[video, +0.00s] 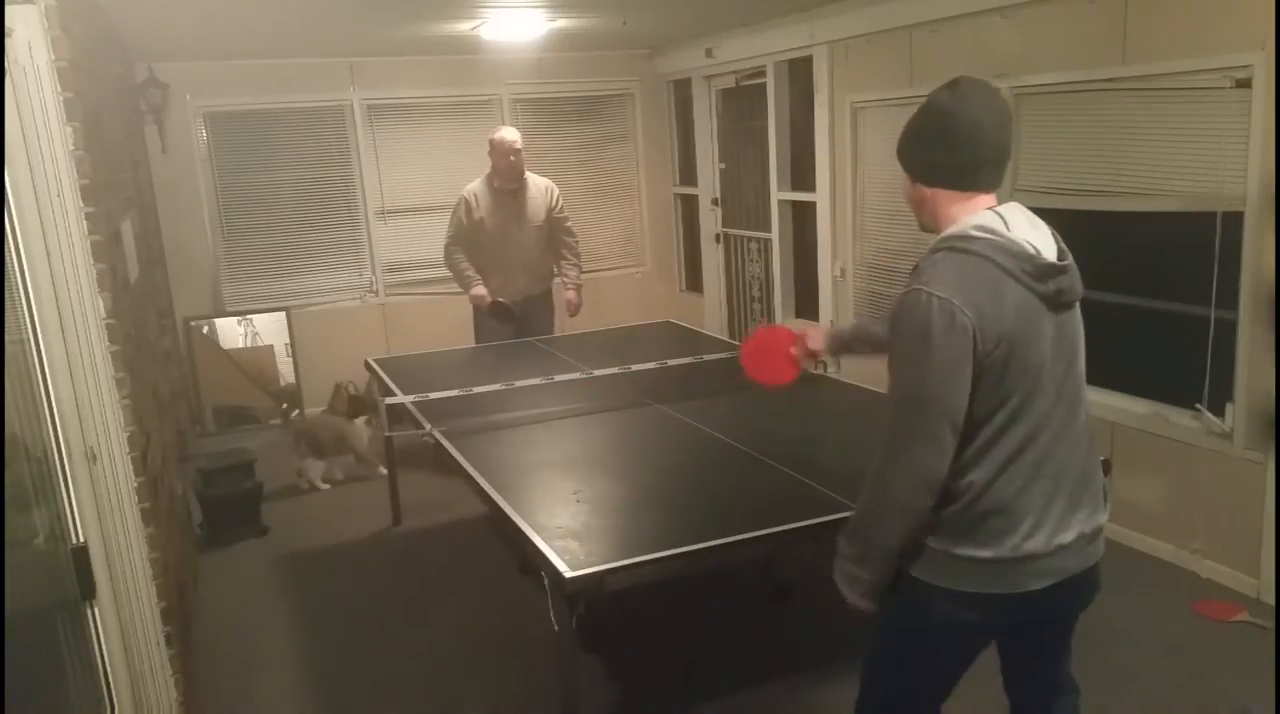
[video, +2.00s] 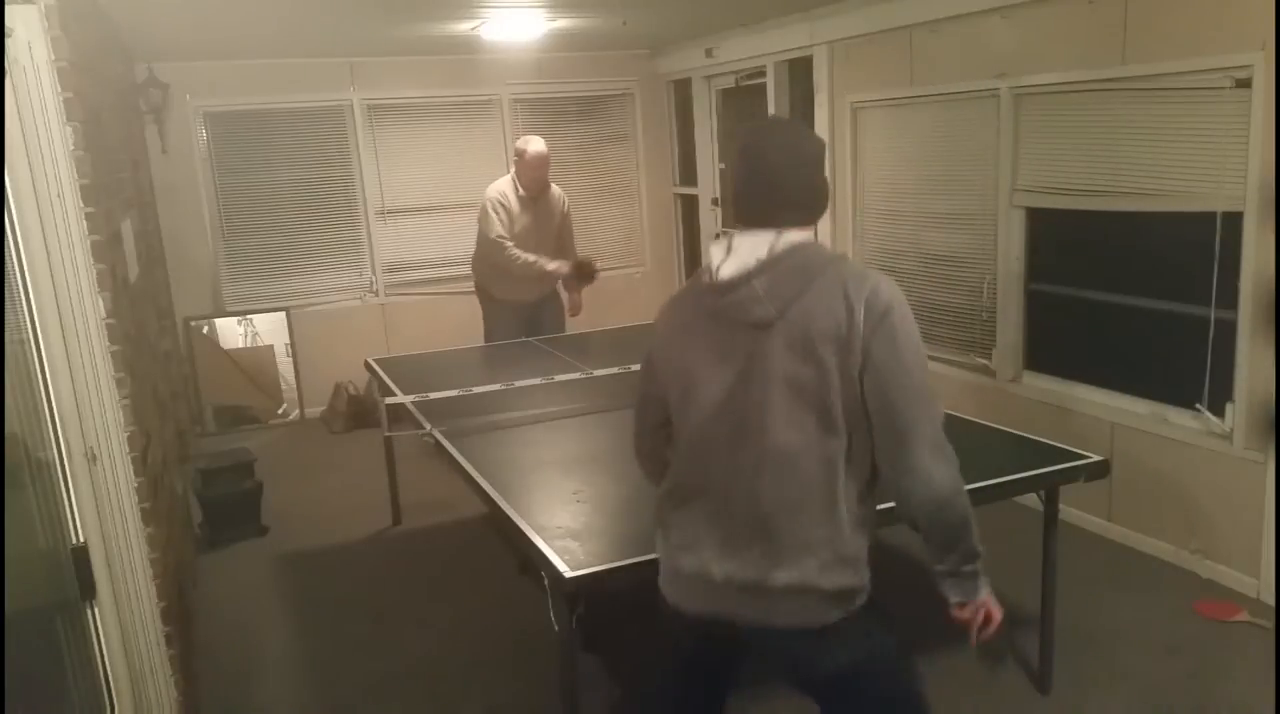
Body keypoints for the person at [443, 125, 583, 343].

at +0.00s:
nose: (513, 160)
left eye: (517, 152)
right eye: (505, 154)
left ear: (524, 152)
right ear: (491, 156)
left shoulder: (546, 190)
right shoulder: (472, 197)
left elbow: (566, 240)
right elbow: (453, 247)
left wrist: (571, 285)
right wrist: (473, 284)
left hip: (538, 302)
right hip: (492, 307)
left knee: (541, 372)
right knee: (495, 372)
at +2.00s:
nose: (541, 177)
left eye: (545, 169)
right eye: (533, 171)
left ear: (549, 165)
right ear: (516, 165)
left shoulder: (557, 197)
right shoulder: (496, 197)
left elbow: (567, 248)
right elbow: (497, 250)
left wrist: (573, 291)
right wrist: (550, 266)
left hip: (545, 296)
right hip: (503, 299)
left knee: (554, 363)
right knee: (506, 367)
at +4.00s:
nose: (514, 161)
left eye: (518, 154)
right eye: (507, 155)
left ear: (524, 154)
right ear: (492, 157)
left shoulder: (547, 191)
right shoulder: (474, 197)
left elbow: (568, 241)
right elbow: (456, 248)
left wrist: (572, 286)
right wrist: (479, 284)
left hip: (538, 301)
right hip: (493, 304)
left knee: (540, 372)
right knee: (496, 372)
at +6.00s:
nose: (517, 159)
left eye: (521, 151)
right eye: (509, 153)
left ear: (530, 152)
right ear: (497, 155)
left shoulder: (552, 191)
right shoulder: (479, 195)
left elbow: (569, 243)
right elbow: (460, 245)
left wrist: (573, 289)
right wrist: (471, 284)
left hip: (541, 300)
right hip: (497, 302)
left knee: (541, 369)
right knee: (499, 372)